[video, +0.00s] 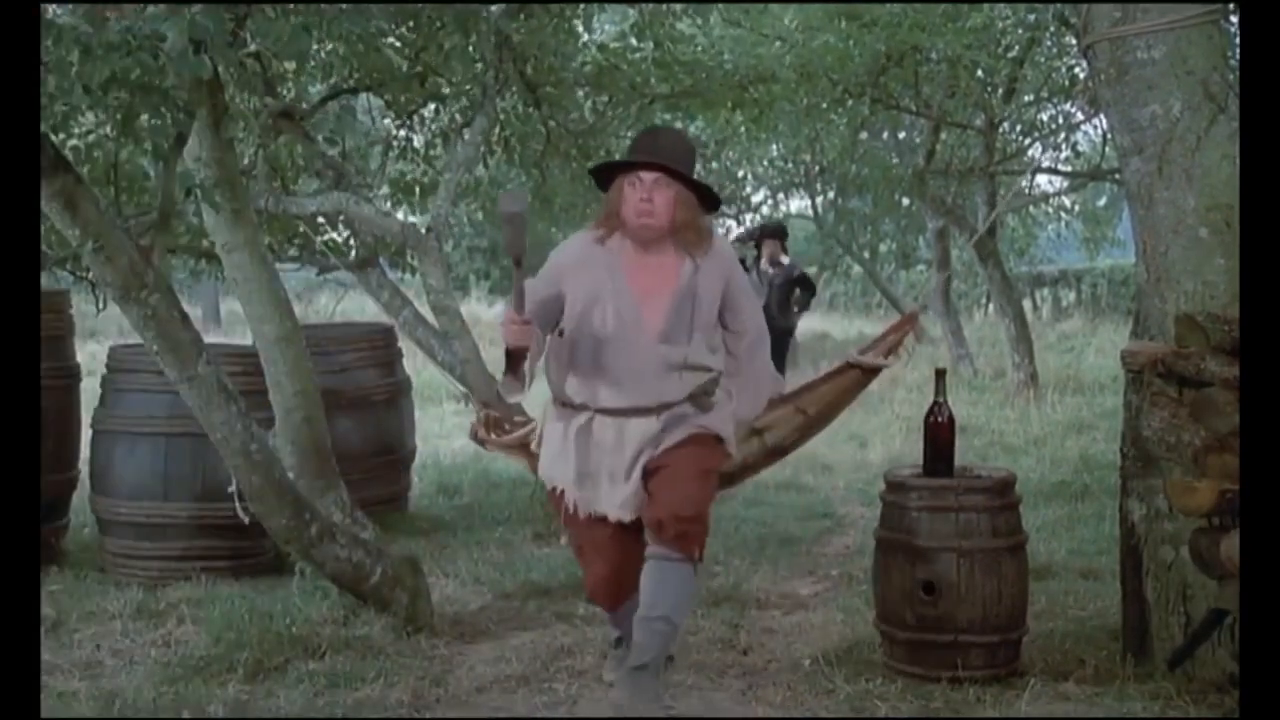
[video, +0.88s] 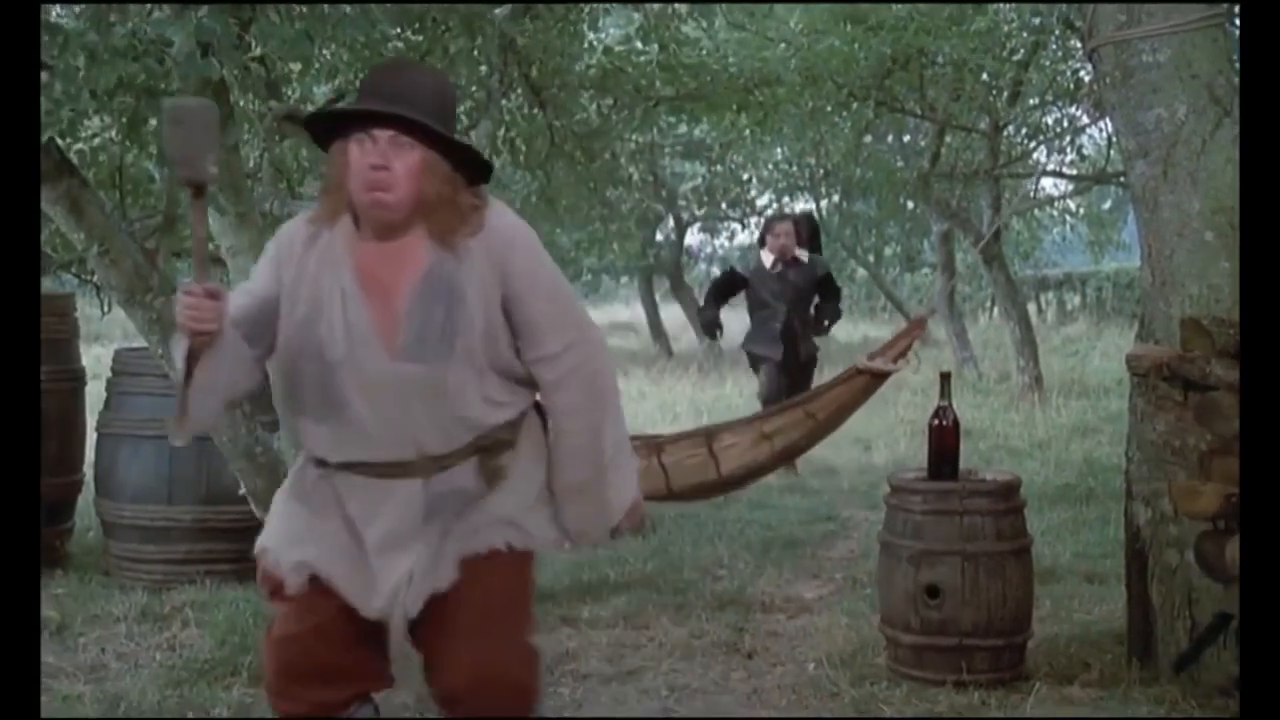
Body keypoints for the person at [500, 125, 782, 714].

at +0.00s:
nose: (644, 195)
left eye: (660, 185)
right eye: (633, 183)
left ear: (686, 200)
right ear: (617, 192)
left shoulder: (713, 262)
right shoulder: (577, 258)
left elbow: (753, 348)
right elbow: (525, 328)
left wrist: (728, 425)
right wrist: (518, 341)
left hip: (679, 423)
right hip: (587, 430)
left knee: (680, 512)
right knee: (607, 575)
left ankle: (648, 668)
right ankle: (627, 638)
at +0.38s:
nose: (588, 176)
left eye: (606, 163)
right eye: (575, 161)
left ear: (635, 180)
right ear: (555, 174)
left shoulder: (674, 244)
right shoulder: (523, 246)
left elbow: (737, 335)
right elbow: (481, 322)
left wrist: (766, 434)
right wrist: (454, 328)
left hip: (655, 449)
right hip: (541, 448)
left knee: (647, 602)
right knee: (525, 578)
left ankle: (615, 703)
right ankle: (559, 650)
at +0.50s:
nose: (551, 169)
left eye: (570, 155)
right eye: (538, 153)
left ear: (600, 170)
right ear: (517, 166)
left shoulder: (644, 228)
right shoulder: (489, 239)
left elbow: (710, 318)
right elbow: (433, 345)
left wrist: (723, 418)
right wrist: (413, 328)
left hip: (630, 455)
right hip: (508, 443)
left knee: (644, 641)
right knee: (465, 569)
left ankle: (617, 705)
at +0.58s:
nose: (528, 172)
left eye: (547, 158)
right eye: (514, 155)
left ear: (579, 172)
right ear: (492, 169)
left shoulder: (626, 231)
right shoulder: (463, 248)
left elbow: (694, 320)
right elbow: (408, 357)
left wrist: (697, 416)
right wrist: (386, 335)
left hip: (612, 466)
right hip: (486, 459)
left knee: (643, 653)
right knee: (427, 600)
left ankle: (613, 702)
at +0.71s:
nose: (458, 176)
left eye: (479, 161)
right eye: (443, 159)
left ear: (514, 177)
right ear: (419, 173)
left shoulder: (563, 244)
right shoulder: (384, 259)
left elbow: (643, 338)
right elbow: (333, 405)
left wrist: (656, 450)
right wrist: (307, 359)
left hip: (555, 492)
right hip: (414, 491)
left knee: (620, 669)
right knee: (348, 631)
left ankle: (618, 702)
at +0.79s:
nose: (406, 166)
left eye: (428, 151)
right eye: (392, 149)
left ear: (466, 171)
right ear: (369, 165)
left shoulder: (517, 246)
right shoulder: (331, 251)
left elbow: (589, 358)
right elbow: (272, 369)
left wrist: (623, 479)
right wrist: (242, 348)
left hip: (504, 499)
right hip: (365, 495)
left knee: (556, 691)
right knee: (318, 651)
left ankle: (598, 702)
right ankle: (358, 705)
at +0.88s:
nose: (378, 157)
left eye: (401, 142)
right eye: (364, 140)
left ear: (439, 162)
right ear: (340, 156)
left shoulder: (495, 241)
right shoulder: (302, 247)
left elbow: (573, 359)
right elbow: (241, 366)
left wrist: (600, 486)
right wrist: (206, 337)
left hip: (474, 499)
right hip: (337, 499)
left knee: (484, 681)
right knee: (302, 672)